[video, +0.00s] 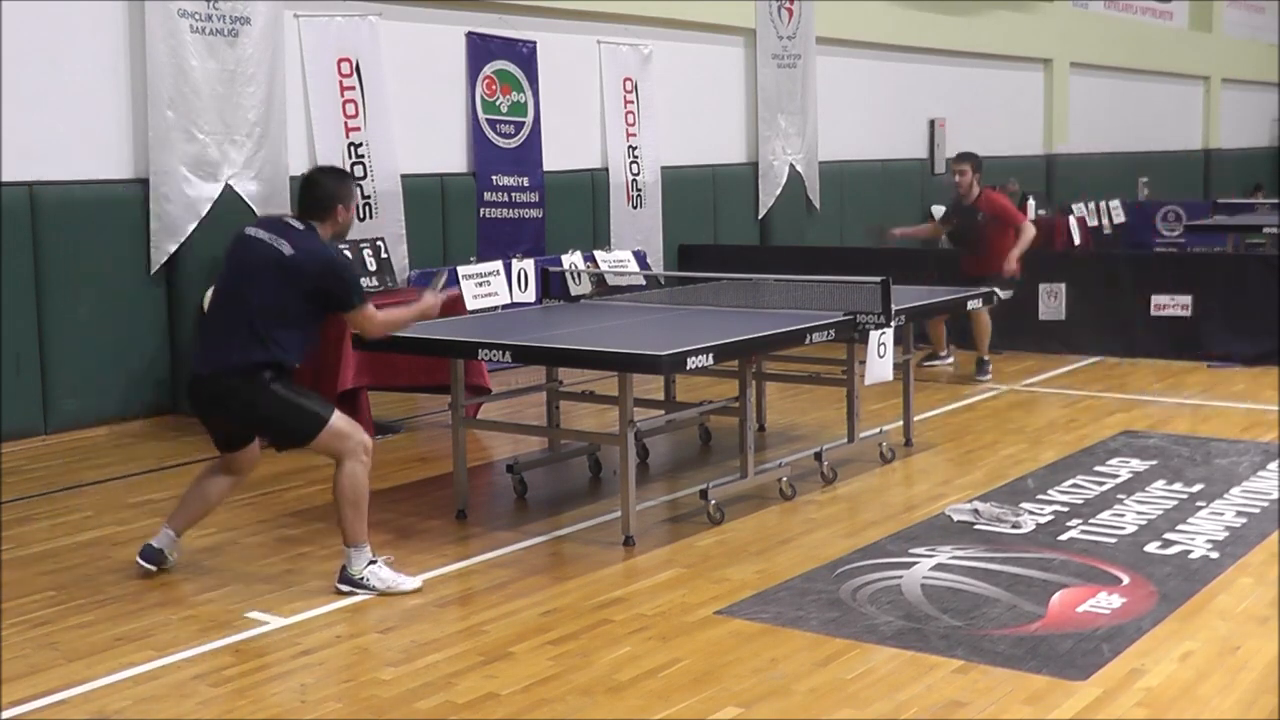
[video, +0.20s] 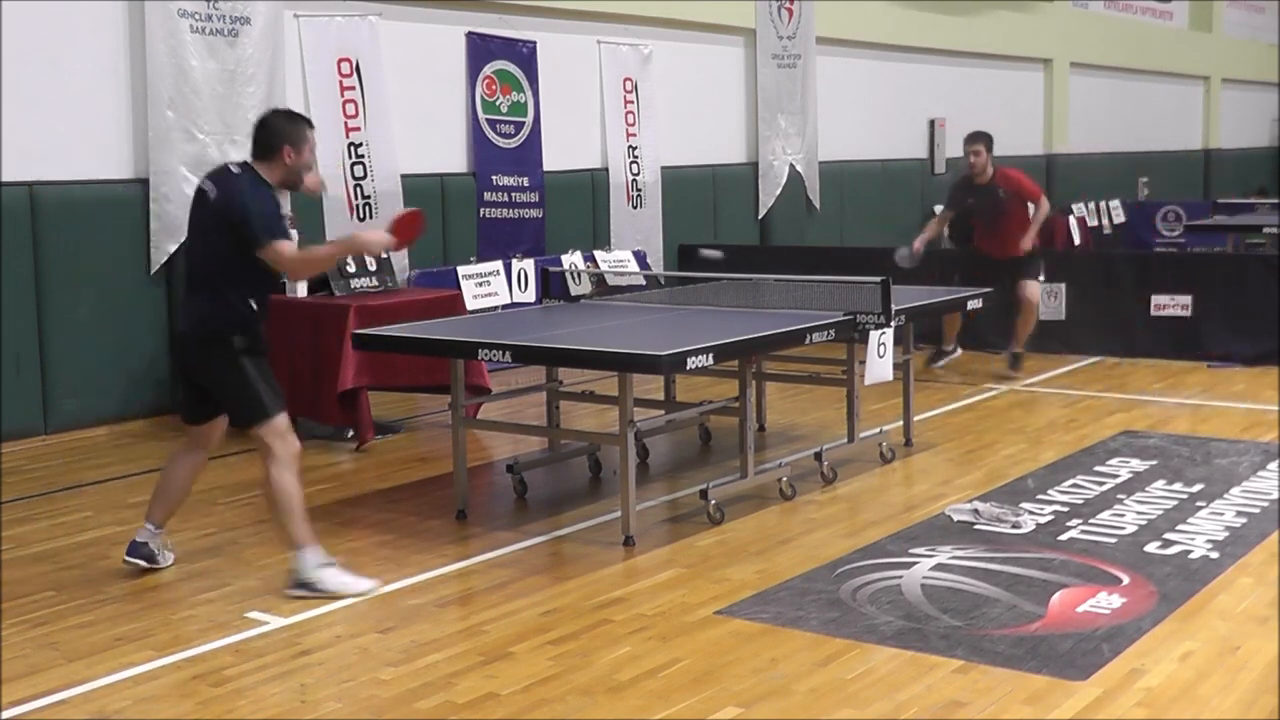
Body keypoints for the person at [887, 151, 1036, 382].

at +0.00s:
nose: (956, 179)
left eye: (962, 174)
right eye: (954, 174)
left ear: (976, 175)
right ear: (951, 175)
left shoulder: (994, 201)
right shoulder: (957, 205)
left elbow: (1029, 229)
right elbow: (936, 229)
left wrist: (1013, 256)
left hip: (997, 275)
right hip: (966, 275)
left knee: (977, 306)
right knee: (934, 309)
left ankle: (983, 360)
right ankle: (941, 353)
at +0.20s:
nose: (971, 160)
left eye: (977, 154)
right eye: (968, 155)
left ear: (989, 155)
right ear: (964, 156)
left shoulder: (1011, 180)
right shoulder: (963, 187)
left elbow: (1043, 204)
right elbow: (942, 219)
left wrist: (1030, 235)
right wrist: (923, 238)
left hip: (1021, 256)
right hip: (983, 257)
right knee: (952, 297)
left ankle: (1017, 349)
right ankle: (948, 347)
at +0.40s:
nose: (1015, 169)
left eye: (1020, 163)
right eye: (1011, 163)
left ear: (1032, 165)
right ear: (1006, 165)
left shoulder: (1049, 187)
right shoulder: (997, 195)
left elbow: (1066, 208)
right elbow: (981, 238)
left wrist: (1073, 239)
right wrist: (985, 266)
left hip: (1051, 264)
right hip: (1009, 268)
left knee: (1083, 304)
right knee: (972, 313)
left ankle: (1110, 363)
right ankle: (961, 357)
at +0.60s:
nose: (1078, 183)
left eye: (1084, 177)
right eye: (1074, 177)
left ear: (1094, 179)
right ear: (1067, 179)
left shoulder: (1102, 197)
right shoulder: (1058, 206)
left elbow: (1114, 219)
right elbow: (1053, 256)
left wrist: (1124, 248)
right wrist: (1073, 289)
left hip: (1084, 265)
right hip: (1050, 266)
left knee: (1118, 307)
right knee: (1039, 316)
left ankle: (1119, 367)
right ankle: (1029, 363)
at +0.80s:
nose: (1121, 224)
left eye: (1127, 218)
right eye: (1116, 217)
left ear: (1135, 220)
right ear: (1106, 217)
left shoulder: (1129, 228)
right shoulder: (1094, 241)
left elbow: (1125, 242)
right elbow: (1100, 294)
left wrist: (1131, 256)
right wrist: (1126, 330)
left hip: (1091, 279)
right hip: (1058, 281)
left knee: (1141, 311)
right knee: (1088, 310)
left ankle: (1122, 369)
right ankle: (1100, 382)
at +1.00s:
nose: (1129, 234)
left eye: (1135, 228)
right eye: (1123, 227)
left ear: (1143, 227)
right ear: (1113, 226)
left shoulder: (1142, 235)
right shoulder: (1101, 242)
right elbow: (1097, 285)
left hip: (1106, 280)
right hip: (1069, 280)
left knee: (1146, 321)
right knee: (1101, 309)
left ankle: (1117, 365)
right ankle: (1102, 381)